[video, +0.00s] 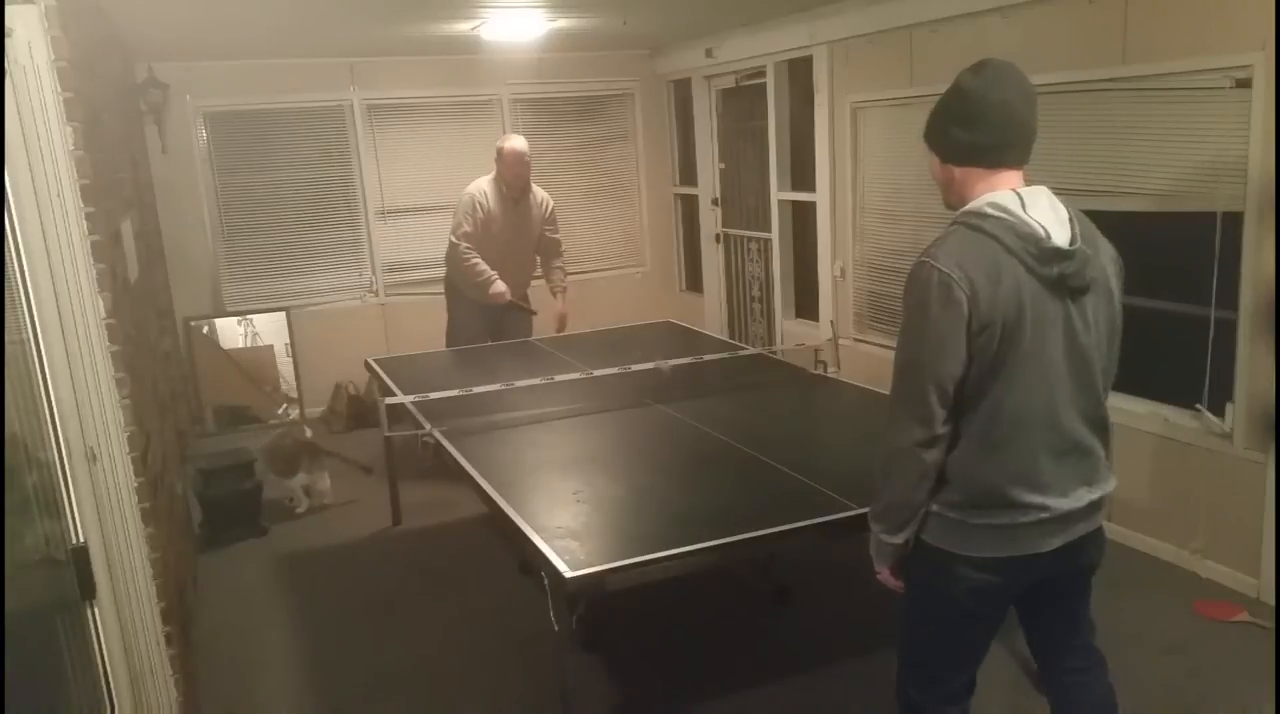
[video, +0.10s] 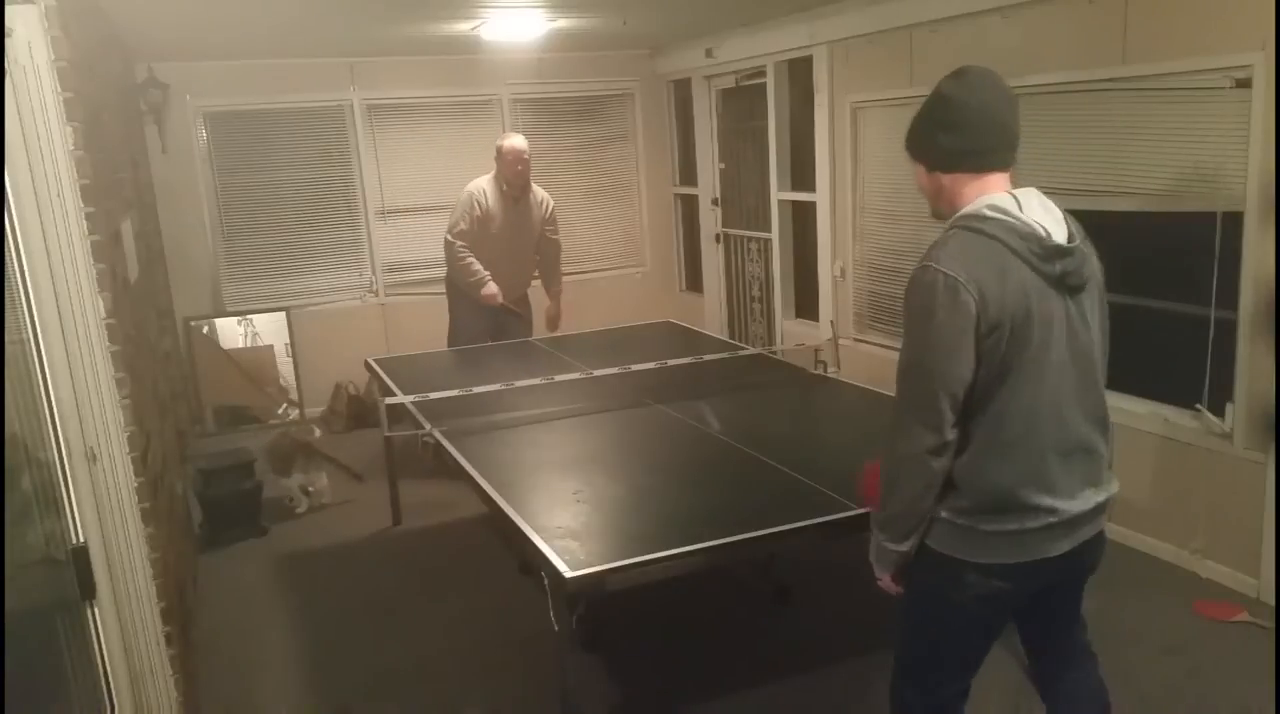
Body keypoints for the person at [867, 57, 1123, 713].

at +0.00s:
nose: (931, 171)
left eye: (933, 156)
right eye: (934, 154)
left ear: (945, 161)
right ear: (1022, 150)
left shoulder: (950, 267)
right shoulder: (1096, 250)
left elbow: (920, 422)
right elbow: (1094, 384)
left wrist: (888, 539)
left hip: (974, 544)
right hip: (1075, 533)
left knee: (933, 692)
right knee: (1074, 667)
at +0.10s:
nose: (918, 180)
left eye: (917, 165)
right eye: (917, 163)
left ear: (935, 168)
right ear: (1003, 153)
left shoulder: (952, 269)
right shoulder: (1071, 237)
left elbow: (927, 428)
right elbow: (1086, 376)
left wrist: (890, 547)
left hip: (981, 549)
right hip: (1075, 532)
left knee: (925, 693)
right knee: (1065, 660)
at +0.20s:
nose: (902, 198)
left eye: (901, 184)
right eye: (899, 183)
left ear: (920, 185)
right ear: (984, 162)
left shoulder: (962, 275)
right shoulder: (1046, 236)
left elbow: (941, 444)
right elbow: (1014, 400)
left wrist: (893, 559)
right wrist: (896, 450)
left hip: (997, 548)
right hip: (1075, 524)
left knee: (917, 694)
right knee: (1053, 658)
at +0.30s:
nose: (893, 209)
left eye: (892, 194)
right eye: (890, 194)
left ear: (918, 197)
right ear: (973, 177)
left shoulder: (981, 279)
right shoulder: (1021, 245)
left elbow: (964, 453)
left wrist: (904, 570)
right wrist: (818, 422)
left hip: (1015, 548)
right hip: (1070, 523)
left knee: (913, 695)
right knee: (1040, 662)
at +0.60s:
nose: (897, 184)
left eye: (899, 171)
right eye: (898, 170)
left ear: (924, 178)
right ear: (979, 166)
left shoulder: (1001, 276)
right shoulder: (991, 243)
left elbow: (1009, 450)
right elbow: (910, 350)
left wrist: (999, 594)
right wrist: (796, 391)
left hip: (994, 544)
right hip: (1040, 527)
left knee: (922, 697)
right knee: (1044, 666)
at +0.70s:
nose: (906, 181)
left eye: (907, 168)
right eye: (906, 167)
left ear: (927, 176)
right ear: (988, 161)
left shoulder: (994, 279)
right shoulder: (1018, 240)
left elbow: (1008, 451)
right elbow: (938, 377)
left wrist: (1011, 594)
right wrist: (836, 422)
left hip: (993, 543)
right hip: (1048, 525)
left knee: (925, 695)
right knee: (1050, 665)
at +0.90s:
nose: (911, 175)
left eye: (912, 163)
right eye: (912, 161)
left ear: (926, 173)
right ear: (997, 157)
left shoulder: (976, 276)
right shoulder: (1043, 233)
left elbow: (978, 448)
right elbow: (1026, 396)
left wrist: (964, 578)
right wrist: (934, 465)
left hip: (1007, 549)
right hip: (1069, 526)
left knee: (929, 697)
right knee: (1057, 665)